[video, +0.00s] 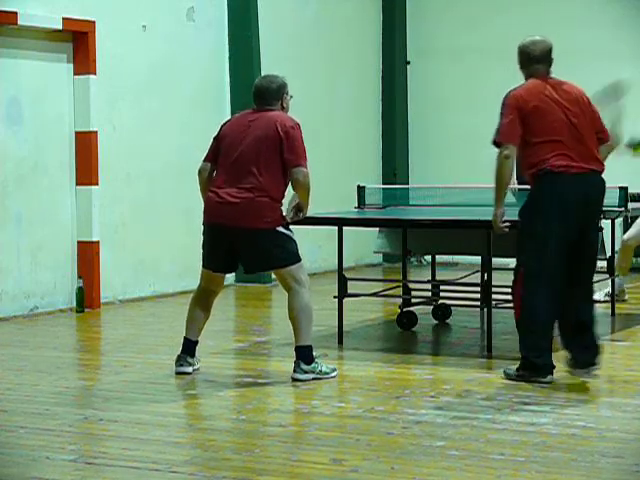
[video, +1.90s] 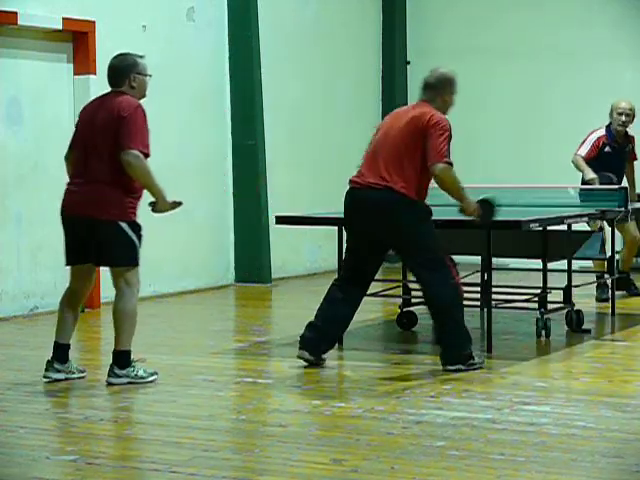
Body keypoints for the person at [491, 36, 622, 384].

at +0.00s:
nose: (523, 70)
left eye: (521, 65)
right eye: (534, 62)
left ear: (521, 65)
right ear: (550, 63)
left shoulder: (518, 97)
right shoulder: (576, 93)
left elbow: (507, 152)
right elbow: (607, 142)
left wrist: (499, 205)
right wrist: (581, 170)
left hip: (551, 189)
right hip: (591, 188)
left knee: (537, 273)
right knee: (577, 271)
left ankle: (536, 364)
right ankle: (584, 355)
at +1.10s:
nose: (484, 73)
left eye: (480, 68)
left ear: (479, 70)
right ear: (508, 68)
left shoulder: (469, 107)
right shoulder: (533, 101)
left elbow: (452, 159)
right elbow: (561, 148)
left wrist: (443, 212)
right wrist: (538, 180)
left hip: (496, 203)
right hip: (541, 200)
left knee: (474, 284)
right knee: (560, 275)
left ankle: (484, 364)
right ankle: (606, 346)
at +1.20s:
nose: (479, 65)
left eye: (475, 59)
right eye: (489, 60)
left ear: (469, 62)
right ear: (499, 61)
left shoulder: (452, 97)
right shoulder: (520, 95)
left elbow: (432, 146)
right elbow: (547, 141)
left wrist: (430, 195)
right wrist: (523, 171)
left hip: (472, 194)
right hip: (516, 192)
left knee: (469, 276)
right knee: (528, 268)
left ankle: (478, 359)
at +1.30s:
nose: (489, 66)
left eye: (476, 60)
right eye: (492, 60)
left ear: (465, 61)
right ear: (494, 61)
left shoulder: (444, 91)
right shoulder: (510, 96)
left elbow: (421, 139)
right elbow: (535, 145)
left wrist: (420, 187)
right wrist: (506, 171)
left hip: (448, 187)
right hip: (491, 188)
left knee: (447, 269)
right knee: (491, 270)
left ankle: (456, 343)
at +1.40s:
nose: (481, 78)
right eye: (485, 74)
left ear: (458, 72)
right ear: (487, 75)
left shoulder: (435, 101)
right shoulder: (500, 112)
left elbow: (407, 144)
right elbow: (520, 164)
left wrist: (403, 190)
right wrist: (488, 185)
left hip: (427, 197)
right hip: (470, 201)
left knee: (413, 265)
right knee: (471, 276)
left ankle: (406, 333)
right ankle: (470, 358)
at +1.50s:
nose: (461, 89)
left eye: (456, 82)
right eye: (466, 85)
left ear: (444, 83)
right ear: (470, 86)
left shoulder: (418, 110)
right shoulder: (481, 122)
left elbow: (387, 152)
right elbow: (498, 177)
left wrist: (377, 198)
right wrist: (466, 194)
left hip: (408, 204)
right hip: (453, 208)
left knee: (380, 273)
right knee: (471, 282)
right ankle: (470, 358)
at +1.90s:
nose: (451, 103)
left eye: (452, 98)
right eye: (451, 98)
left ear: (425, 92)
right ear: (445, 96)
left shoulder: (395, 115)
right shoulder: (437, 121)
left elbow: (376, 154)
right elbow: (439, 169)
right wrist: (465, 201)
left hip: (360, 200)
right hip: (400, 205)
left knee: (353, 277)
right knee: (438, 276)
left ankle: (312, 345)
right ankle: (457, 355)